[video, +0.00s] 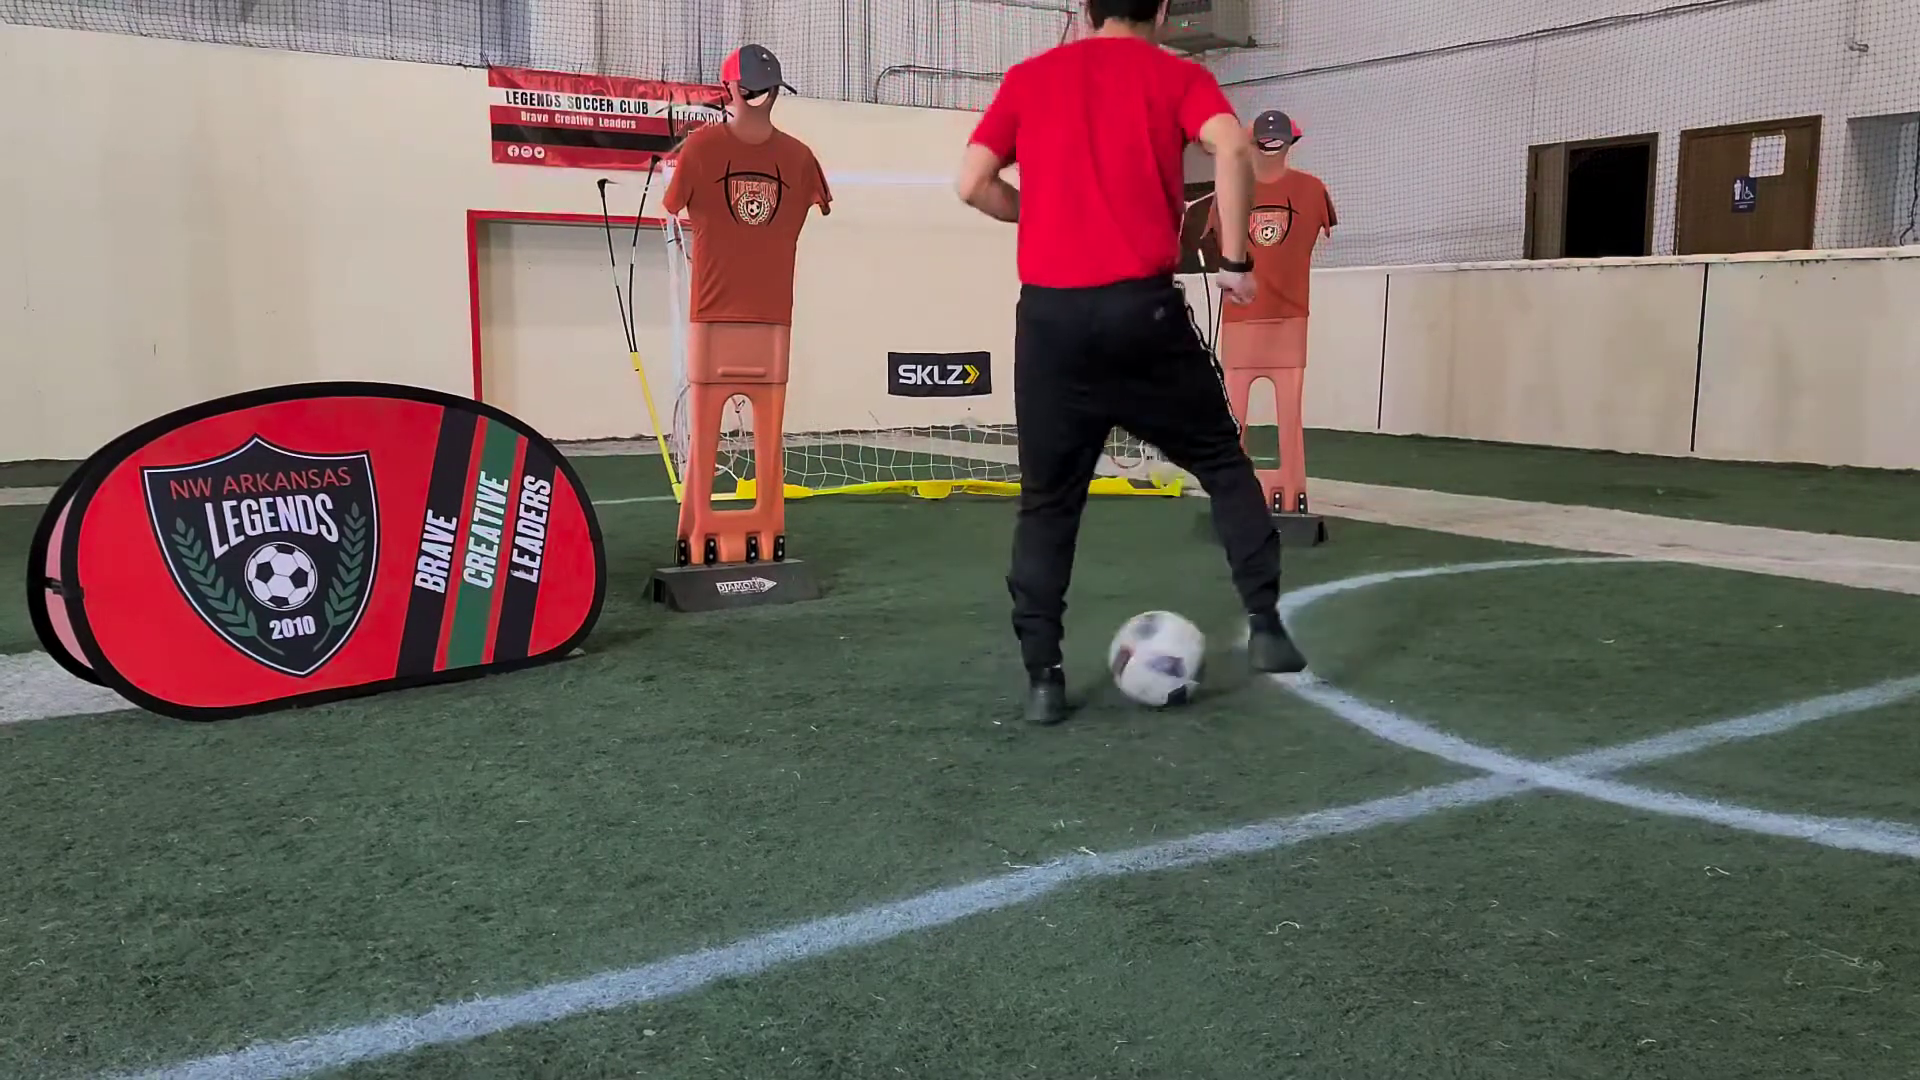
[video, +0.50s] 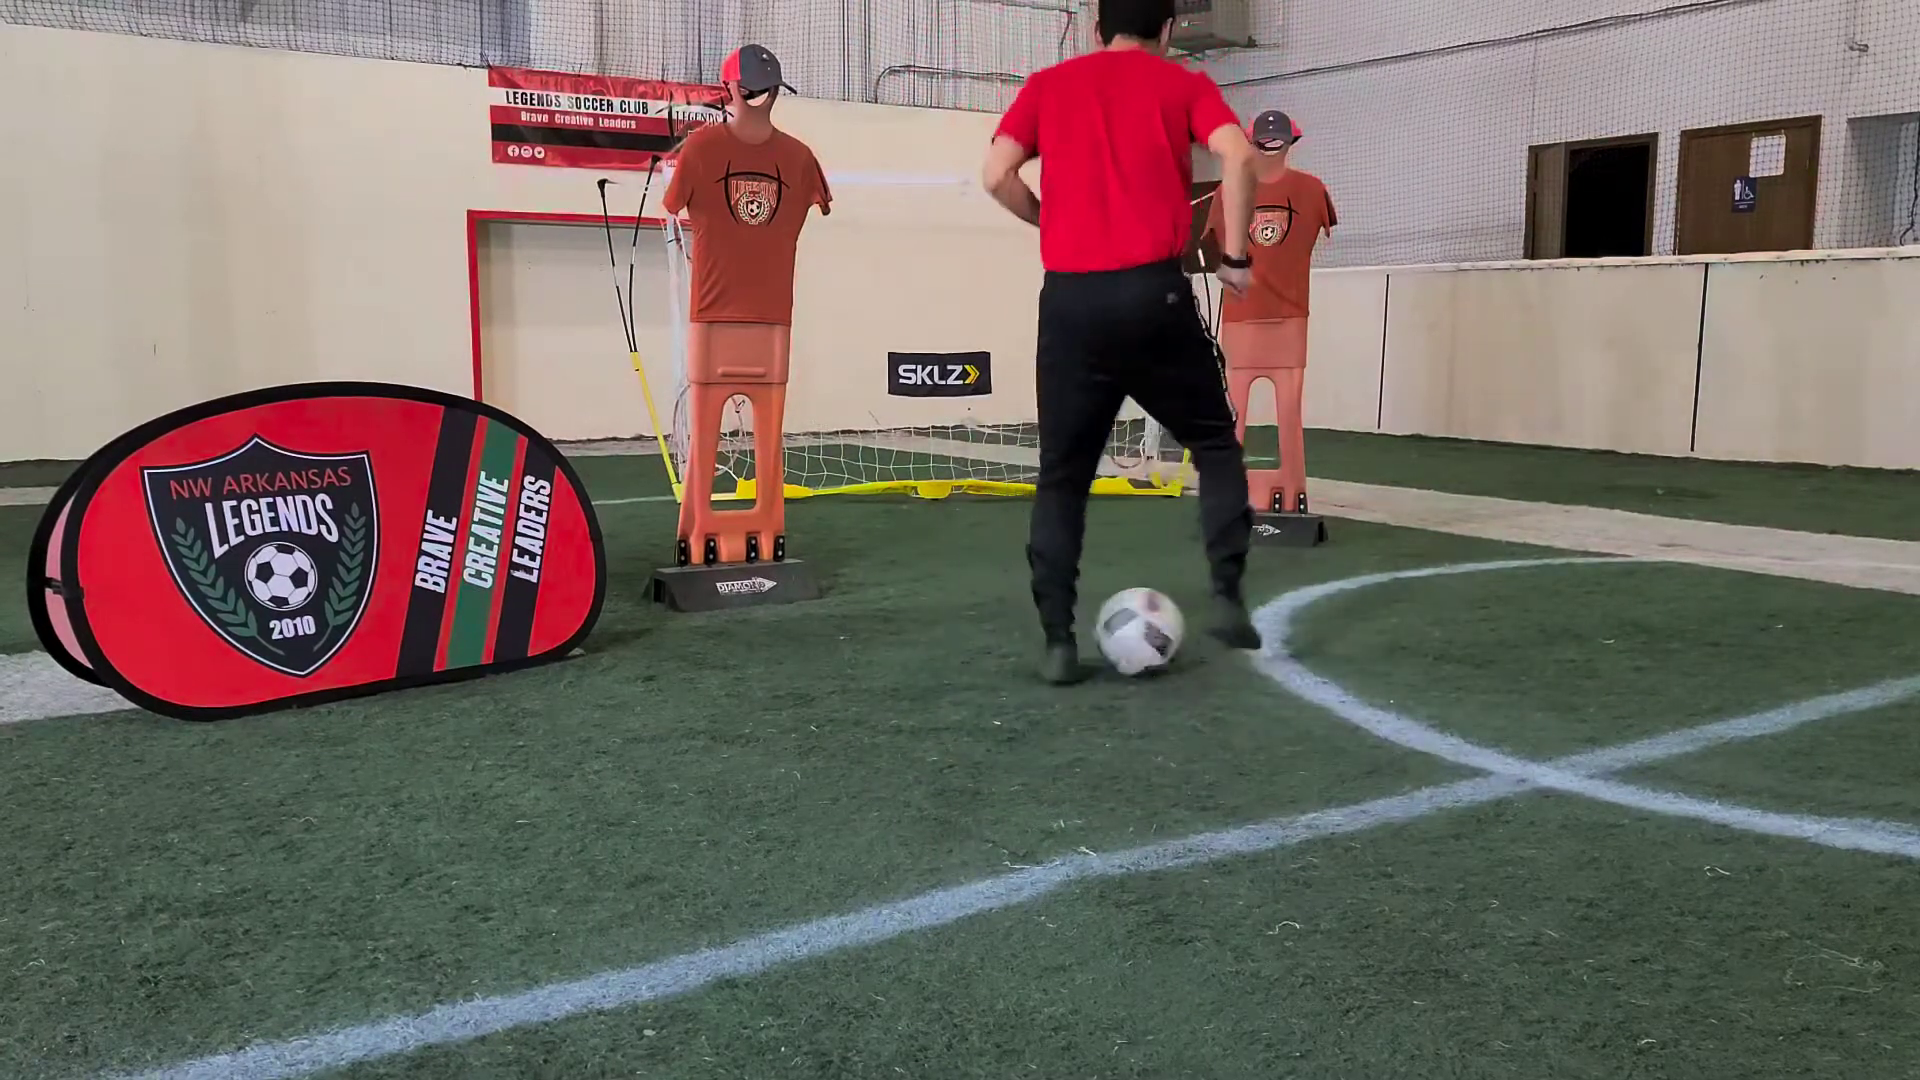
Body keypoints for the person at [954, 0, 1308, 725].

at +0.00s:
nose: (1167, 21)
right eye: (1167, 13)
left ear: (1086, 10)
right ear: (1160, 11)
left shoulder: (1029, 75)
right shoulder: (1177, 73)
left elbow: (973, 183)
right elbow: (1232, 145)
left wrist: (1040, 216)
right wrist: (1231, 250)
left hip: (1048, 314)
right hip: (1143, 308)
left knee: (1048, 494)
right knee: (1222, 462)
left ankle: (1044, 676)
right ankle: (1266, 623)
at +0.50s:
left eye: (1094, 18)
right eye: (1164, 23)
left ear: (1098, 23)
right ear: (1163, 26)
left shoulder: (1050, 82)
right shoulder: (1182, 81)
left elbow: (995, 175)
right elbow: (1238, 155)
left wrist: (1050, 221)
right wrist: (1233, 253)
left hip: (1069, 300)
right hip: (1154, 296)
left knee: (1062, 470)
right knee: (1214, 443)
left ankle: (1059, 640)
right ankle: (1227, 595)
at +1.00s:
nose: (1174, 64)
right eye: (1177, 56)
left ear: (1107, 57)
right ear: (1171, 57)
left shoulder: (1064, 104)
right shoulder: (1195, 107)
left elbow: (1019, 186)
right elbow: (1237, 178)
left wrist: (1064, 230)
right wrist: (1222, 243)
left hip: (1087, 300)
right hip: (1165, 298)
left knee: (1076, 457)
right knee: (1217, 436)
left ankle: (1071, 611)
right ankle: (1224, 576)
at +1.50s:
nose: (1195, 72)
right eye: (1198, 64)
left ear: (1135, 65)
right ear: (1193, 65)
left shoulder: (1102, 108)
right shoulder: (1218, 113)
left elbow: (1050, 160)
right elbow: (1255, 193)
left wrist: (1072, 230)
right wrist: (1231, 235)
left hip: (1118, 296)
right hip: (1190, 296)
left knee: (1090, 427)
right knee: (1211, 435)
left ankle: (1073, 558)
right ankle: (1204, 572)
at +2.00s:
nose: (1207, 97)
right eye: (1212, 87)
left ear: (1160, 92)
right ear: (1213, 91)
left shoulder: (1132, 134)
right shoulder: (1239, 143)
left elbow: (1084, 183)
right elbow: (1276, 224)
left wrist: (1094, 249)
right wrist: (1242, 246)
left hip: (1141, 310)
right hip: (1208, 313)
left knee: (1104, 421)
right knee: (1211, 442)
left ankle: (1082, 537)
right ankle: (1210, 577)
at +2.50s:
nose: (1236, 120)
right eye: (1238, 113)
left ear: (1187, 110)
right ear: (1236, 113)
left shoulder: (1156, 152)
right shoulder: (1255, 161)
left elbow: (1106, 208)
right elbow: (1285, 230)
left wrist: (1125, 263)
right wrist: (1283, 278)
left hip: (1157, 319)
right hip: (1220, 321)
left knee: (1113, 416)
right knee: (1219, 443)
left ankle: (1081, 526)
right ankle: (1217, 566)